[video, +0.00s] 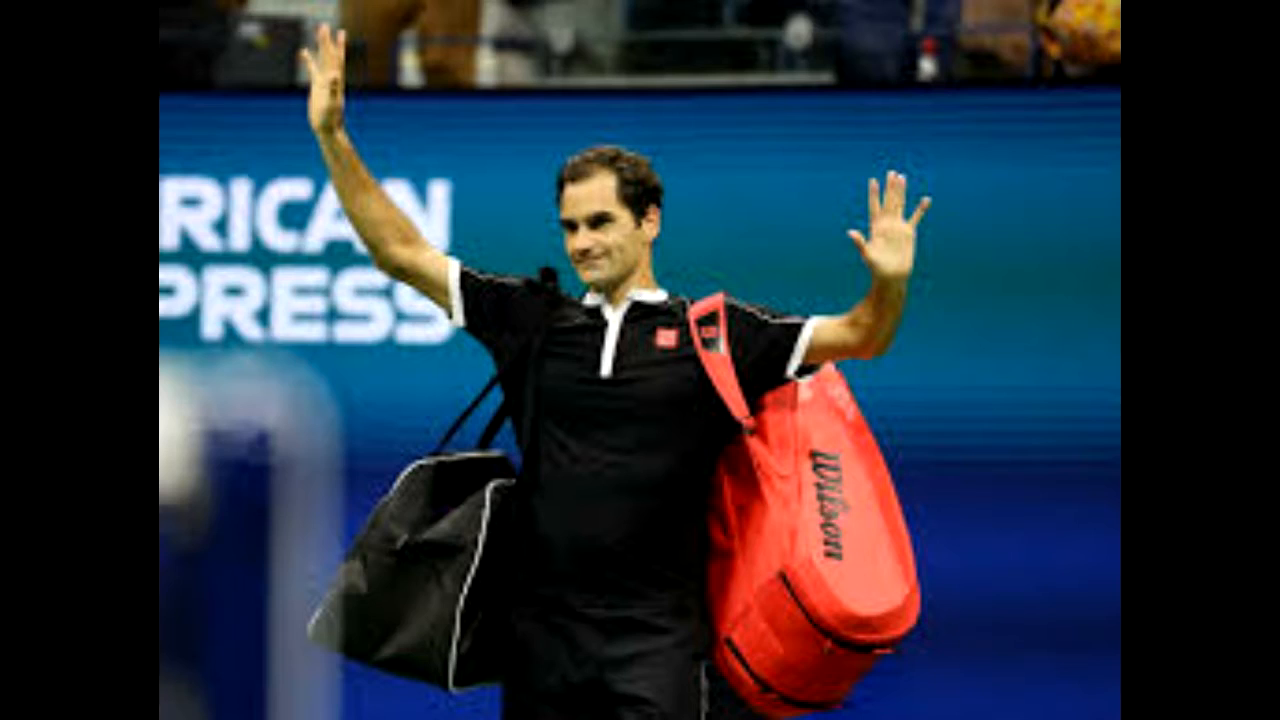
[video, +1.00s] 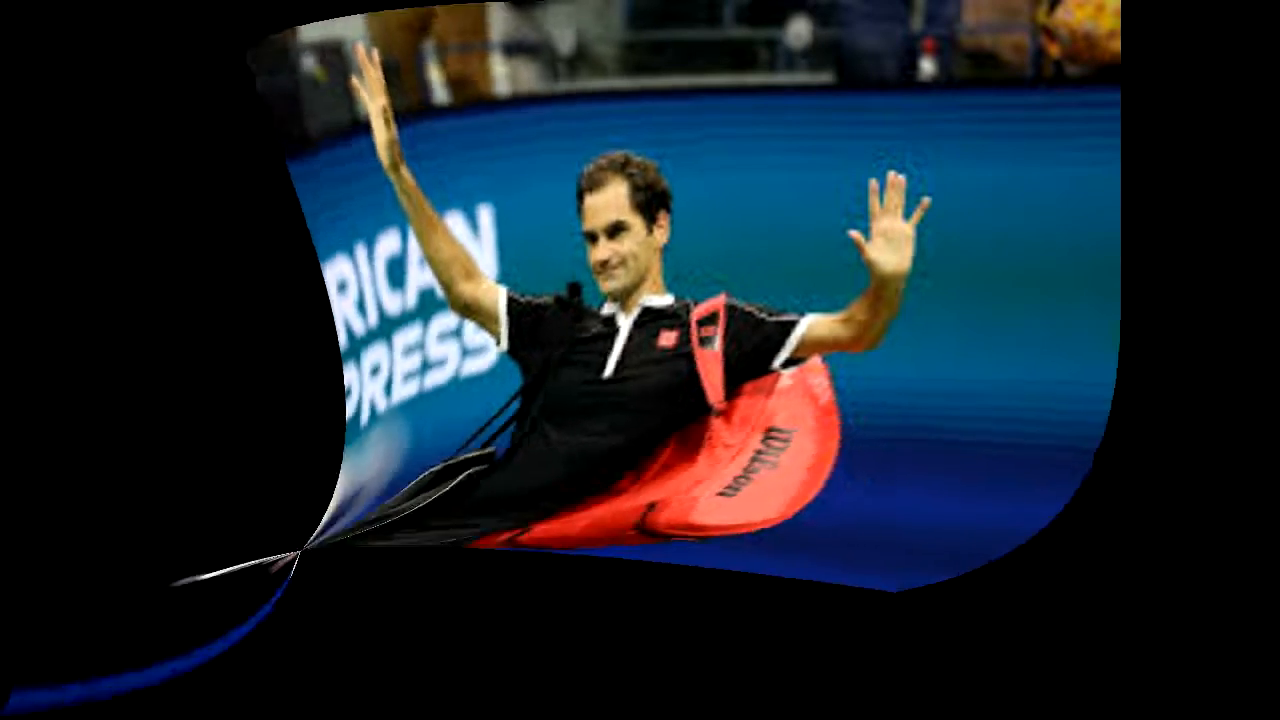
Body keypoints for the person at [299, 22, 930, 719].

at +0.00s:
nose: (581, 242)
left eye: (599, 224)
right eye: (570, 228)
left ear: (647, 225)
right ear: (560, 235)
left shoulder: (715, 329)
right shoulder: (528, 317)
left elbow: (861, 336)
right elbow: (398, 250)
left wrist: (890, 285)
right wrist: (328, 133)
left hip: (658, 627)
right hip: (544, 625)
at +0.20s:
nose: (581, 242)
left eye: (599, 224)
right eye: (570, 228)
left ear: (647, 225)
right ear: (560, 235)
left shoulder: (715, 329)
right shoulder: (528, 317)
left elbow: (861, 336)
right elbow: (398, 250)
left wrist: (890, 284)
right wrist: (328, 133)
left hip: (658, 627)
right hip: (544, 625)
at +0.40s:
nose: (581, 242)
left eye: (599, 224)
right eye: (570, 228)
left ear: (647, 225)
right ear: (560, 235)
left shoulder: (715, 329)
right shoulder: (528, 317)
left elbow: (861, 336)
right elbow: (398, 250)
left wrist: (890, 284)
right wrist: (329, 134)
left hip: (657, 626)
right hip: (544, 624)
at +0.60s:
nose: (581, 241)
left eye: (599, 224)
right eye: (570, 227)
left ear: (648, 224)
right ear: (560, 234)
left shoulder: (717, 329)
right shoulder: (529, 317)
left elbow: (859, 337)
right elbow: (397, 250)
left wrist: (889, 286)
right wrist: (329, 135)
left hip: (656, 629)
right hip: (539, 625)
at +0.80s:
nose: (582, 242)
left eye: (599, 223)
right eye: (571, 227)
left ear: (648, 225)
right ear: (562, 237)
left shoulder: (714, 331)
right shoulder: (531, 316)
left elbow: (861, 337)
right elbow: (402, 252)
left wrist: (890, 283)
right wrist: (329, 136)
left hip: (611, 596)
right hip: (501, 581)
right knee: (414, 641)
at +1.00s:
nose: (600, 253)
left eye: (615, 233)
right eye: (589, 238)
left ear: (659, 229)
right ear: (581, 243)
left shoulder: (713, 327)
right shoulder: (556, 324)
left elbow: (853, 332)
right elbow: (464, 287)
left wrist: (886, 285)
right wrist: (396, 171)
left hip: (523, 523)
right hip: (462, 487)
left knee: (352, 553)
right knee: (321, 553)